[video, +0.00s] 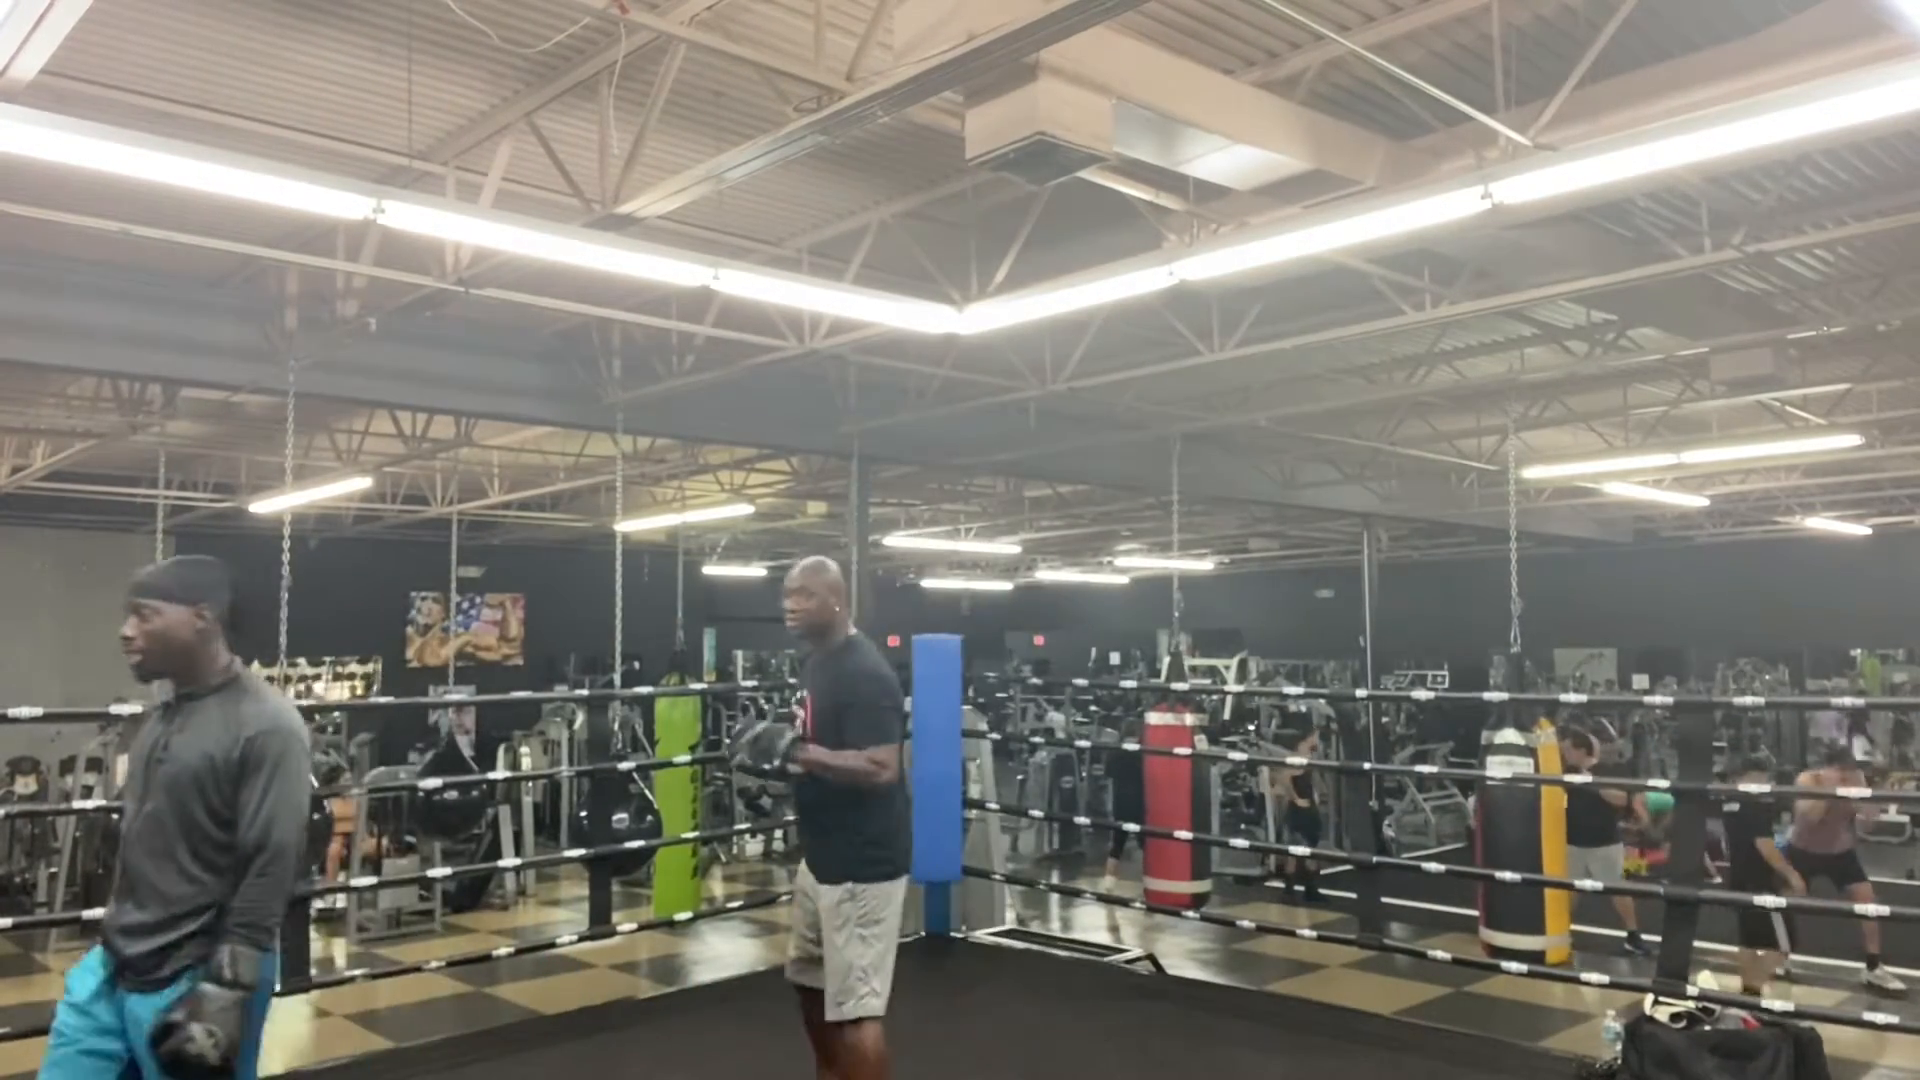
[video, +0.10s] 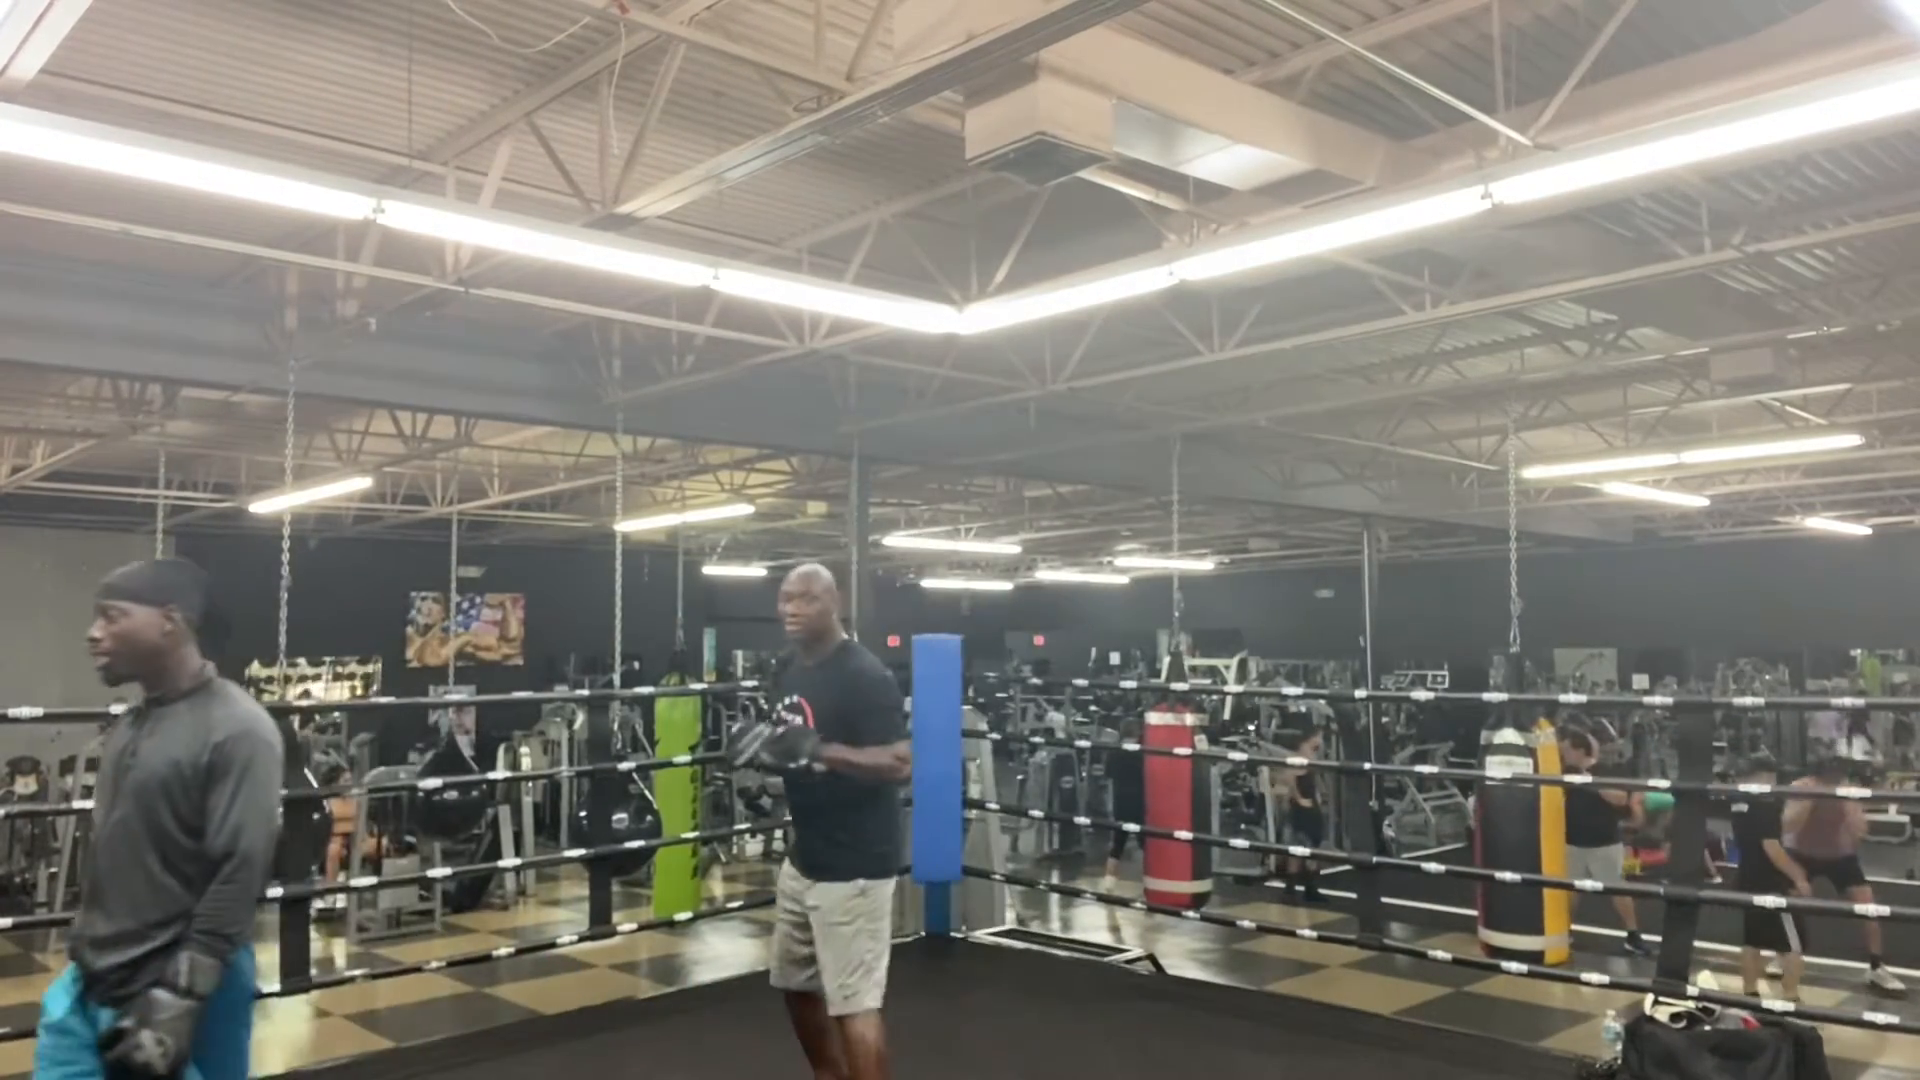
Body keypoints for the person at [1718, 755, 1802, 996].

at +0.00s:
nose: (1764, 784)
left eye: (1764, 778)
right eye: (1760, 778)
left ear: (1739, 778)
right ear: (1754, 778)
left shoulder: (1730, 804)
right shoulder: (1757, 804)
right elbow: (1765, 844)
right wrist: (1791, 874)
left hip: (1740, 878)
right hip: (1759, 881)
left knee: (1749, 941)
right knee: (1781, 947)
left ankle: (1750, 992)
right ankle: (1752, 985)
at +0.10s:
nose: (1773, 780)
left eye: (1772, 775)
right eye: (1770, 775)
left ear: (1747, 775)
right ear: (1764, 776)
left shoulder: (1737, 801)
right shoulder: (1764, 802)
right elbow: (1771, 846)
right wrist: (1798, 876)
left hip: (1748, 879)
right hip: (1770, 882)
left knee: (1752, 942)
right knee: (1793, 946)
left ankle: (1750, 995)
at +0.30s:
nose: (1804, 790)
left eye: (1802, 783)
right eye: (1801, 784)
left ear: (1778, 782)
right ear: (1794, 784)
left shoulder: (1762, 806)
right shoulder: (1791, 813)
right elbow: (1797, 857)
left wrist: (1806, 871)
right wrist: (1811, 888)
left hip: (1772, 885)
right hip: (1794, 887)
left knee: (1766, 945)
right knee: (1819, 947)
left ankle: (1753, 994)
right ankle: (1830, 1003)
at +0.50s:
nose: (1832, 788)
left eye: (1833, 783)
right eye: (1830, 782)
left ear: (1803, 778)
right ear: (1815, 778)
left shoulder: (1782, 803)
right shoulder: (1811, 811)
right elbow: (1816, 856)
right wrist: (1835, 892)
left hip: (1795, 886)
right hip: (1816, 889)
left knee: (1791, 940)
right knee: (1833, 951)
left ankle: (1762, 985)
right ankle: (1833, 1007)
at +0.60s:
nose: (1852, 782)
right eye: (1849, 775)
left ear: (1809, 778)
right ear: (1826, 777)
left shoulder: (1793, 802)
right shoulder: (1822, 810)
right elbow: (1831, 854)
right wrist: (1852, 888)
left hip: (1803, 883)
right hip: (1826, 886)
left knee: (1820, 942)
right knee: (1834, 951)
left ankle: (1783, 977)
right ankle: (1834, 1010)